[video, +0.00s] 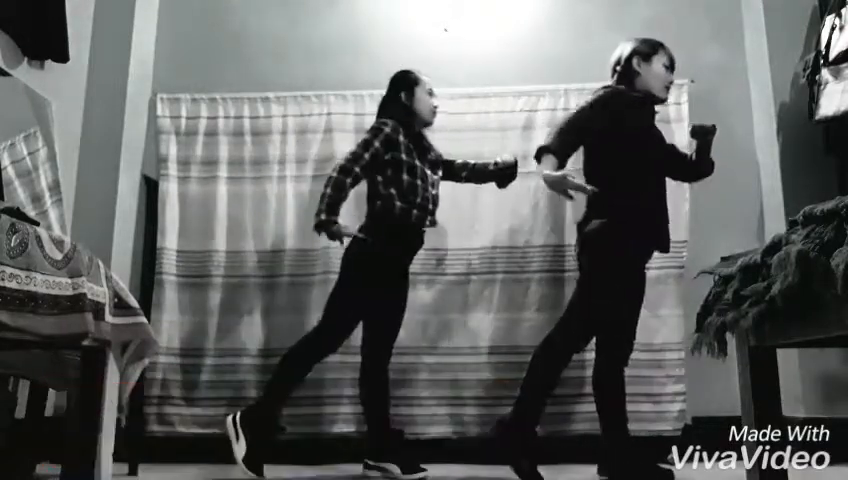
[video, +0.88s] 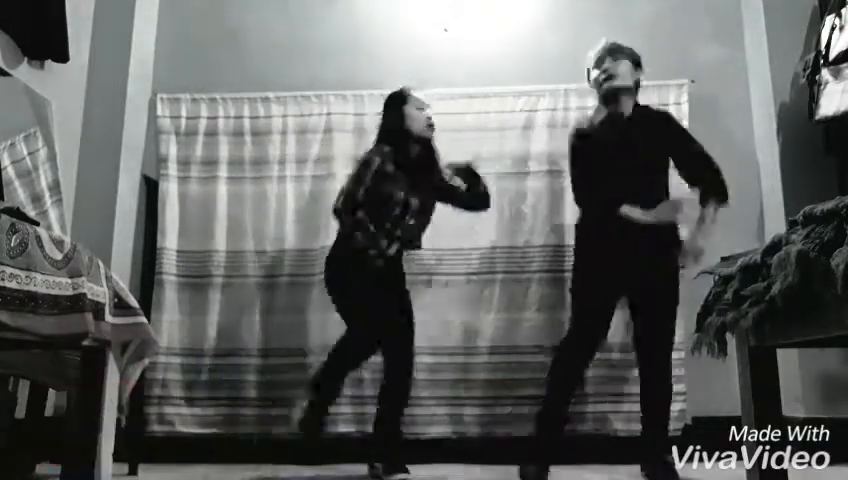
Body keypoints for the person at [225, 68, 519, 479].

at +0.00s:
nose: (436, 102)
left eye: (434, 95)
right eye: (429, 94)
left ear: (410, 100)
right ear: (405, 98)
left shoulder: (420, 147)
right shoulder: (387, 132)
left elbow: (451, 169)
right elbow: (348, 169)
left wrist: (499, 171)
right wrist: (326, 217)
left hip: (395, 258)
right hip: (372, 254)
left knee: (378, 355)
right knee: (327, 338)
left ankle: (381, 449)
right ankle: (255, 421)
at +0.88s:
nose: (429, 115)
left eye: (427, 108)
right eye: (419, 108)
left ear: (419, 120)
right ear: (399, 118)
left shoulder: (426, 171)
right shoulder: (378, 159)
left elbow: (478, 202)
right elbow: (345, 208)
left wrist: (469, 175)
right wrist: (381, 248)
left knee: (401, 359)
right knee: (367, 332)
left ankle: (386, 452)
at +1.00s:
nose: (384, 97)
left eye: (388, 90)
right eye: (374, 91)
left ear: (397, 101)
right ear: (359, 103)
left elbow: (452, 175)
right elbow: (347, 202)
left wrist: (421, 213)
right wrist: (385, 206)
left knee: (392, 352)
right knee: (319, 323)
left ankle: (387, 450)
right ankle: (327, 402)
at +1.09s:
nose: (340, 99)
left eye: (347, 91)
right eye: (337, 93)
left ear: (367, 93)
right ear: (339, 99)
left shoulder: (393, 142)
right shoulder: (339, 140)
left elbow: (411, 203)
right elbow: (330, 165)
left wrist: (401, 258)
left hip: (386, 258)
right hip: (349, 254)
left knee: (381, 352)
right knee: (316, 343)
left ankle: (386, 453)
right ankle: (310, 445)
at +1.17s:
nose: (315, 98)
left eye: (321, 90)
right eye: (316, 90)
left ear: (342, 95)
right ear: (331, 96)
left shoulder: (372, 135)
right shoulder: (324, 135)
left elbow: (392, 193)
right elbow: (300, 152)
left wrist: (402, 251)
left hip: (364, 253)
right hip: (334, 252)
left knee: (367, 351)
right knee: (306, 347)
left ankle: (390, 453)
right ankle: (304, 448)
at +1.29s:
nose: (291, 104)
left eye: (298, 98)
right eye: (294, 98)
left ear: (314, 107)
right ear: (318, 108)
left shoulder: (343, 146)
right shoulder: (293, 152)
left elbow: (380, 188)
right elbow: (251, 165)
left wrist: (414, 224)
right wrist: (202, 158)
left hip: (332, 261)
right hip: (313, 260)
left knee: (285, 341)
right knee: (286, 343)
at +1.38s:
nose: (278, 111)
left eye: (285, 104)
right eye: (281, 103)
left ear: (304, 110)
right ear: (304, 111)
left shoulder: (331, 148)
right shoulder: (293, 158)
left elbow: (366, 176)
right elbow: (250, 194)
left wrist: (385, 172)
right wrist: (199, 208)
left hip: (314, 261)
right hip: (302, 261)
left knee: (232, 312)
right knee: (282, 346)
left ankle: (303, 364)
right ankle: (301, 447)